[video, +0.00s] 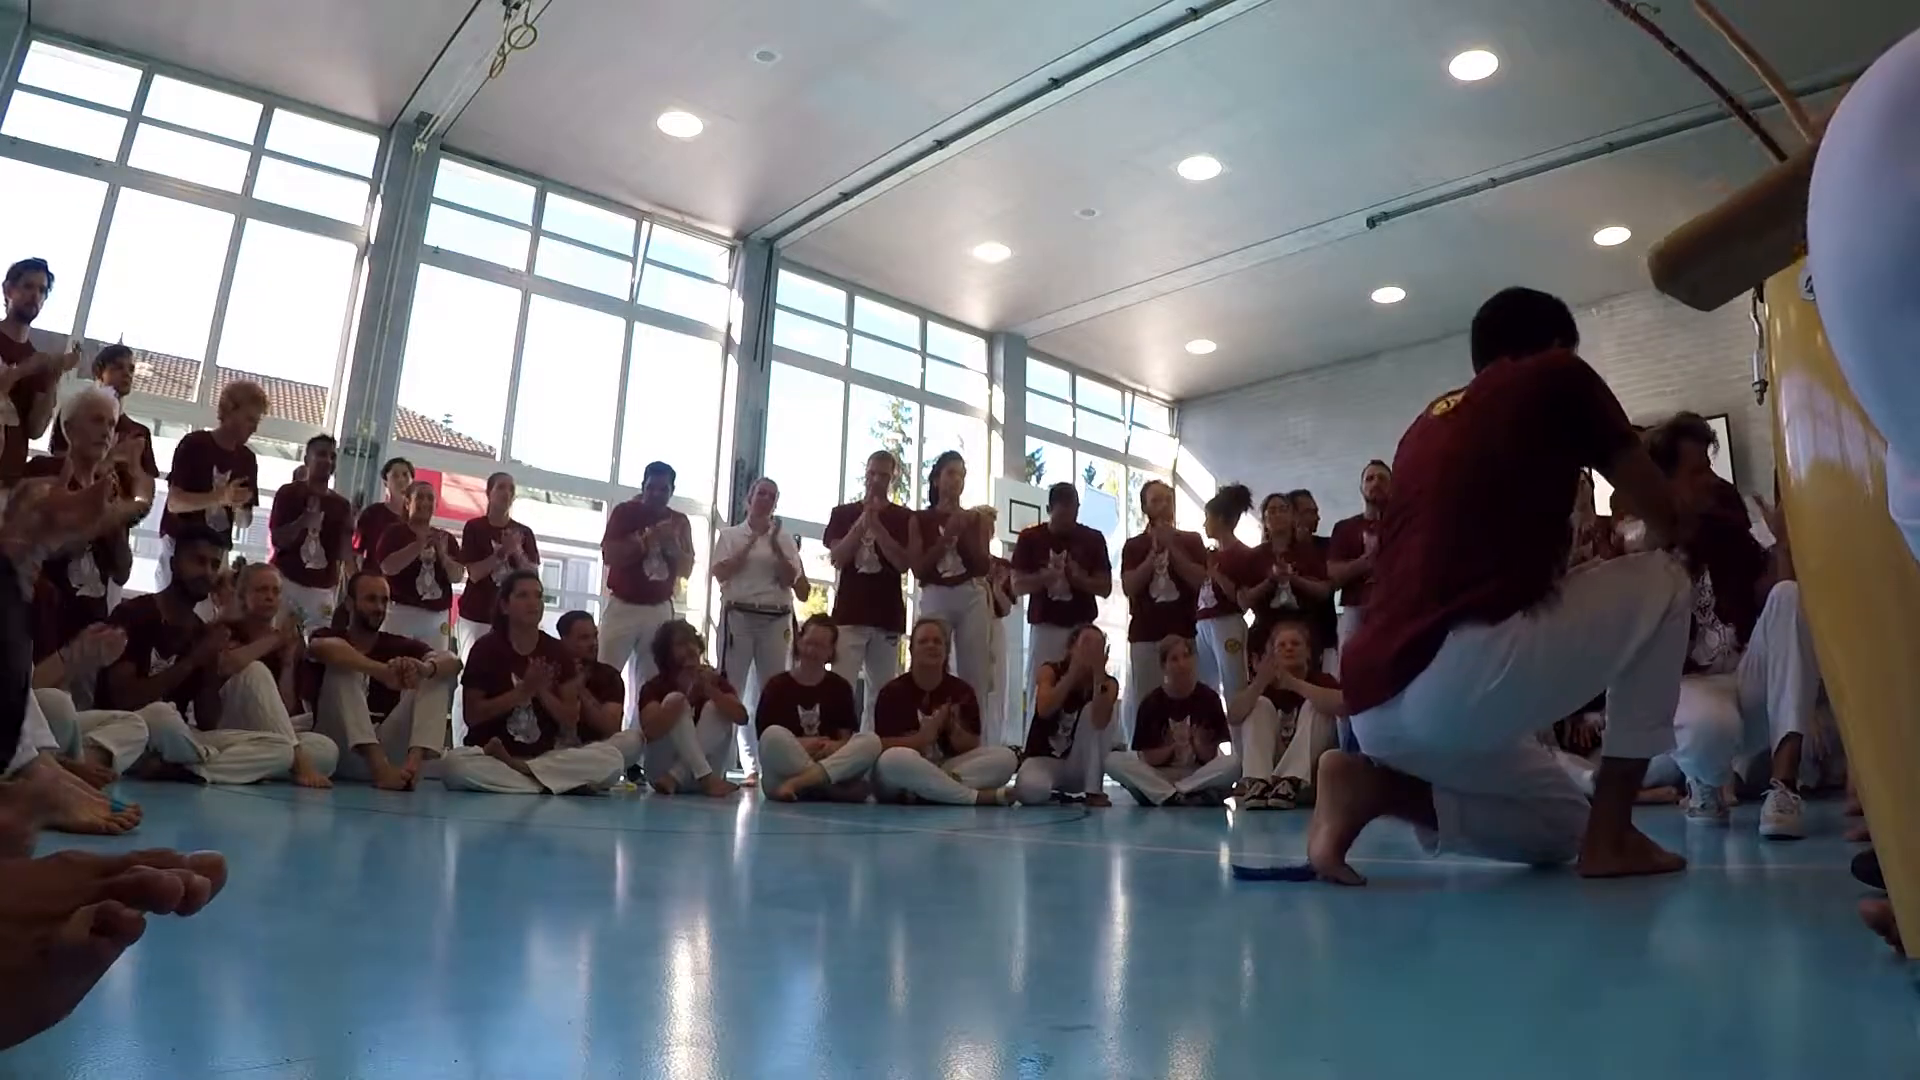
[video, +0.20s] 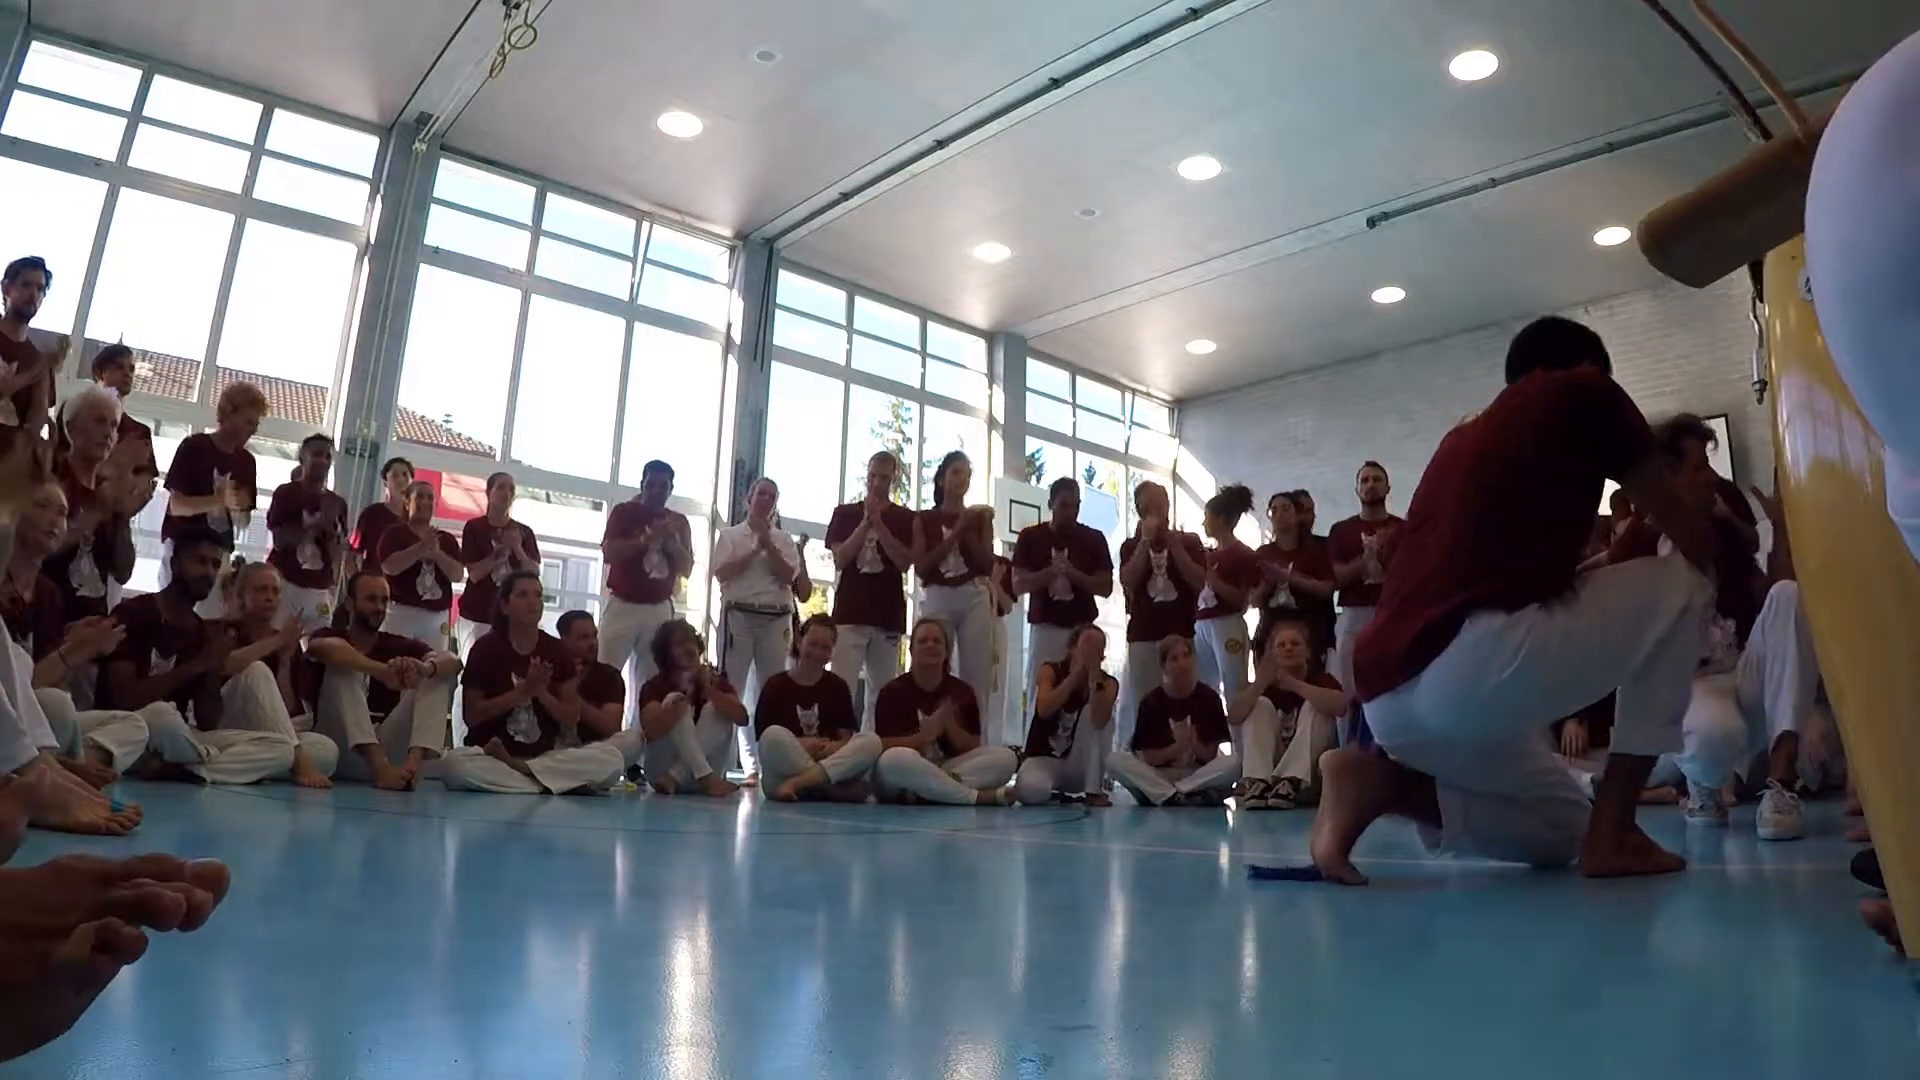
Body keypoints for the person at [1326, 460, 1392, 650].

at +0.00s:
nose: (1376, 483)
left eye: (1382, 478)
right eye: (1370, 478)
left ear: (1392, 486)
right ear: (1362, 487)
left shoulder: (1400, 525)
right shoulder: (1344, 528)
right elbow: (1335, 572)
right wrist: (1368, 559)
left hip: (1391, 609)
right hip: (1354, 609)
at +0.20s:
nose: (1370, 484)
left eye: (1376, 479)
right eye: (1364, 480)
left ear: (1387, 488)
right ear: (1357, 490)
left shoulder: (1402, 528)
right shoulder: (1340, 531)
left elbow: (1409, 573)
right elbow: (1337, 575)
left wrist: (1382, 558)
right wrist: (1367, 557)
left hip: (1390, 611)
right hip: (1353, 613)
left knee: (1389, 680)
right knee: (1347, 684)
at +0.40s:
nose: (1368, 483)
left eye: (1374, 479)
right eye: (1362, 479)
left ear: (1385, 487)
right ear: (1355, 488)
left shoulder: (1403, 528)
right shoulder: (1339, 530)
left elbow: (1407, 576)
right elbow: (1337, 575)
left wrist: (1386, 554)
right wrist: (1367, 557)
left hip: (1390, 611)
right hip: (1352, 612)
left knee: (1389, 680)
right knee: (1345, 682)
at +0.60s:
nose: (1367, 484)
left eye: (1373, 479)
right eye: (1361, 480)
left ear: (1384, 488)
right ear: (1354, 489)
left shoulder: (1402, 528)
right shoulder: (1339, 530)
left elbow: (1406, 578)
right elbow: (1335, 577)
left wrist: (1392, 555)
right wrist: (1358, 555)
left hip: (1389, 611)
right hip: (1353, 612)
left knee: (1389, 675)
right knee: (1346, 679)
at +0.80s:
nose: (1370, 485)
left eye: (1376, 479)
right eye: (1364, 480)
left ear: (1388, 488)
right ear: (1356, 489)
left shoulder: (1403, 527)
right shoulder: (1343, 530)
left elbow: (1408, 574)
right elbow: (1339, 575)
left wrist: (1378, 565)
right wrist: (1370, 560)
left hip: (1392, 611)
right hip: (1355, 612)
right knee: (1351, 678)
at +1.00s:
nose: (1378, 483)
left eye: (1384, 478)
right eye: (1372, 478)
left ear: (1395, 487)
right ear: (1364, 487)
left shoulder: (1405, 525)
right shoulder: (1347, 527)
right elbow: (1337, 573)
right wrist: (1372, 558)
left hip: (1395, 608)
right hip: (1357, 609)